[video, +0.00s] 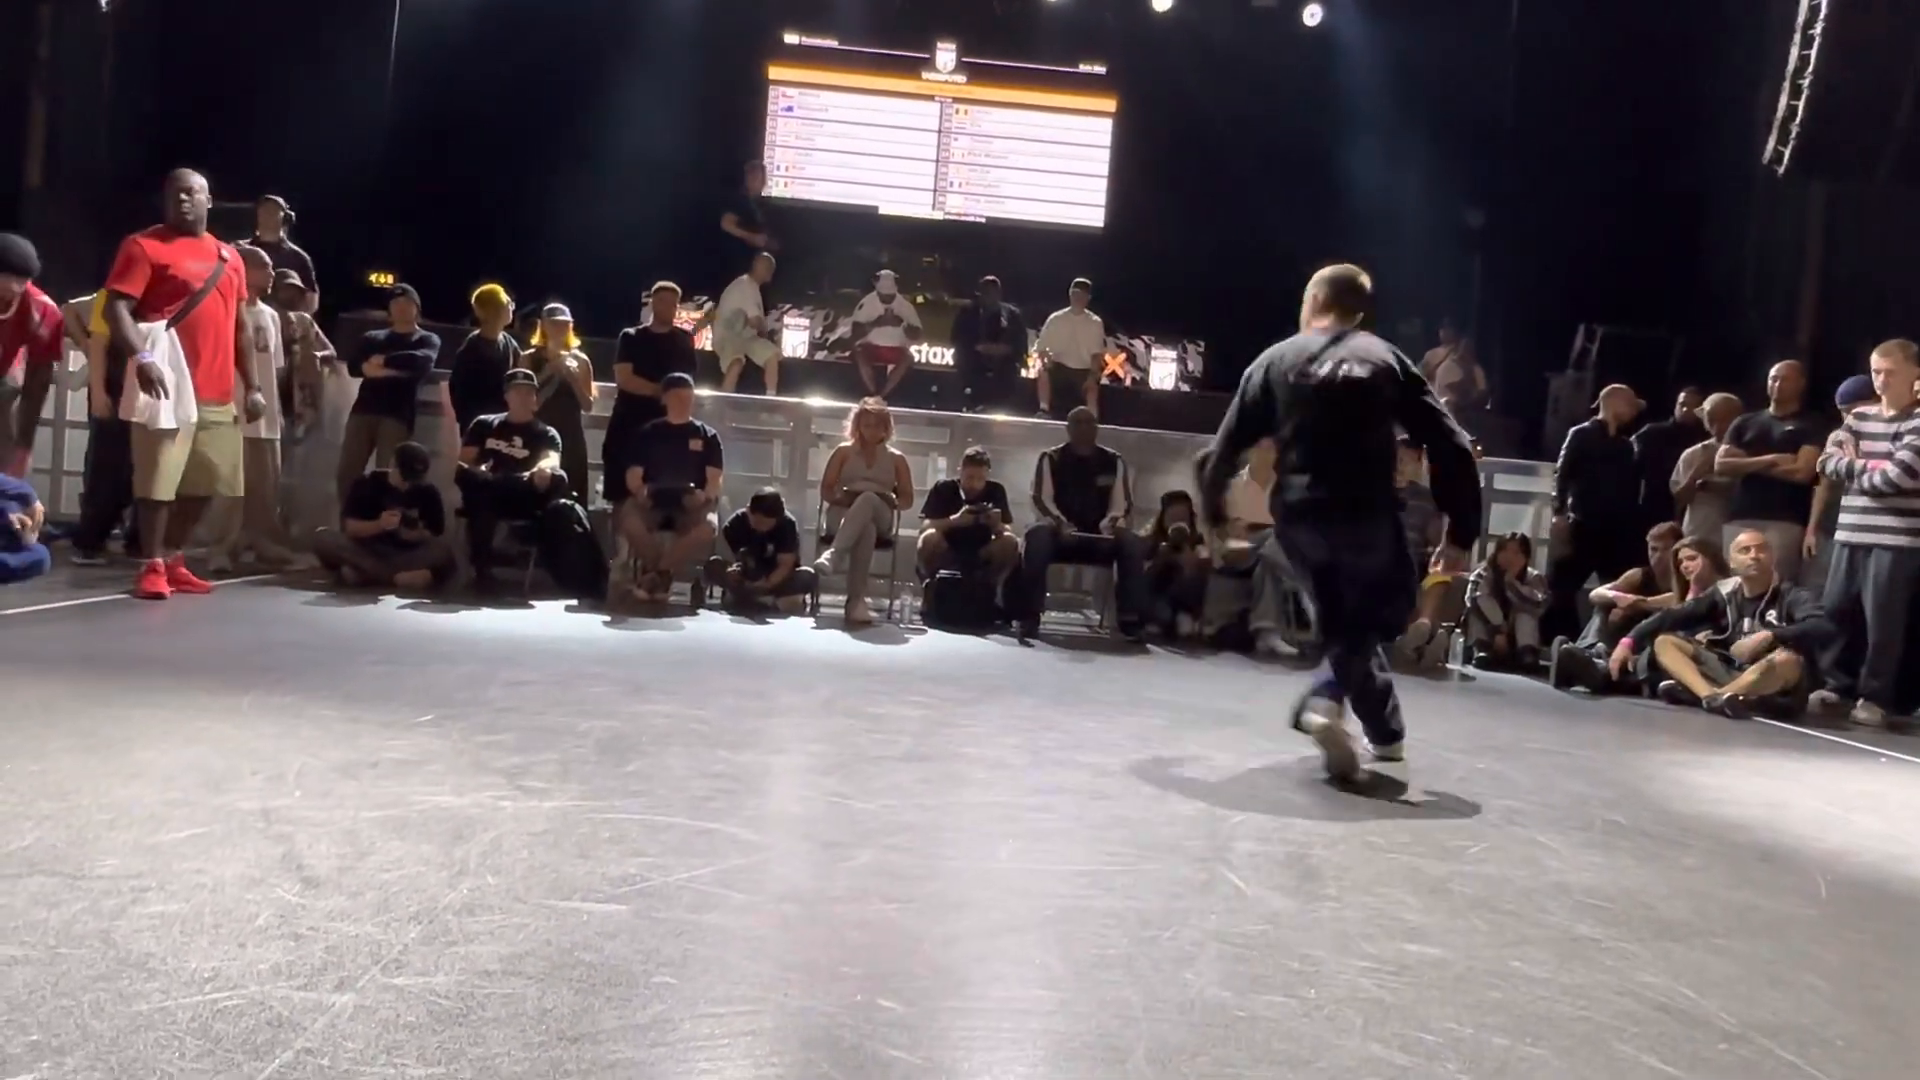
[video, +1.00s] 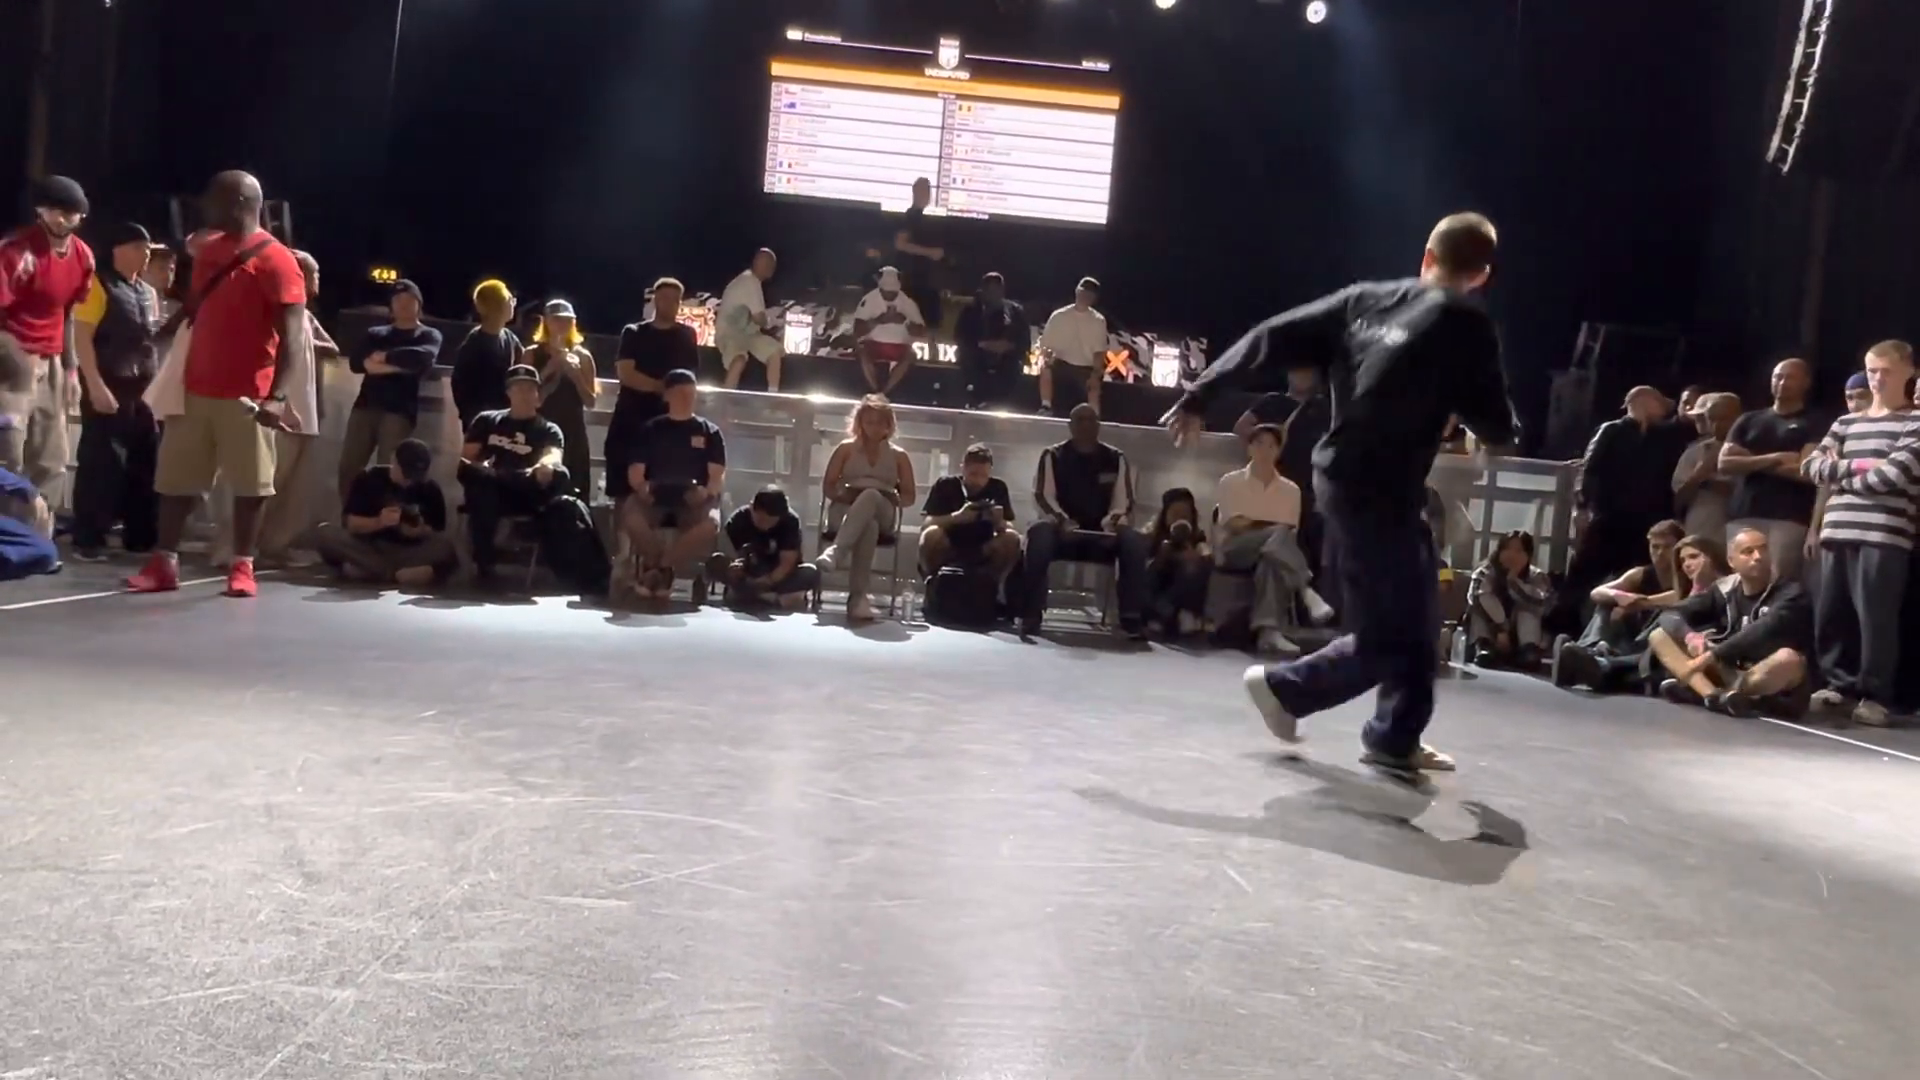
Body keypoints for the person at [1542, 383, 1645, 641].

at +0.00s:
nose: (1634, 409)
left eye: (1634, 404)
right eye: (1630, 403)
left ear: (1614, 406)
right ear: (1614, 404)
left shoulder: (1627, 445)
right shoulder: (1581, 435)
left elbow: (1632, 484)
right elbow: (1562, 473)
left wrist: (1631, 514)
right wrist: (1559, 510)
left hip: (1618, 522)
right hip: (1583, 521)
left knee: (1619, 586)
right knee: (1565, 583)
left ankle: (1618, 646)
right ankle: (1557, 637)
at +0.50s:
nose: (1658, 409)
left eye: (1658, 403)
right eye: (1653, 402)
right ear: (1637, 402)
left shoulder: (1663, 437)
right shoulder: (1604, 434)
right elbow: (1583, 473)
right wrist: (1578, 511)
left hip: (1648, 520)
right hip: (1608, 520)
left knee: (1643, 581)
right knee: (1583, 578)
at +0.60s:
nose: (1661, 409)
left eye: (1661, 403)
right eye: (1656, 402)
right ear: (1639, 402)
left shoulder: (1664, 436)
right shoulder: (1606, 433)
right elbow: (1584, 474)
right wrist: (1579, 510)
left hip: (1649, 522)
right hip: (1609, 521)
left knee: (1645, 584)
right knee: (1583, 578)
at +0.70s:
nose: (1663, 408)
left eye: (1663, 403)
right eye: (1658, 401)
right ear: (1640, 402)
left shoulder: (1666, 436)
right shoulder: (1607, 433)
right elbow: (1585, 474)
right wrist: (1580, 511)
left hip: (1650, 523)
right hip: (1609, 521)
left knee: (1643, 583)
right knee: (1586, 576)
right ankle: (1565, 628)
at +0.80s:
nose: (1664, 407)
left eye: (1663, 402)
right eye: (1659, 400)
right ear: (1640, 403)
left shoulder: (1667, 437)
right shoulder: (1607, 433)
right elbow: (1584, 472)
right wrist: (1579, 510)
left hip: (1649, 523)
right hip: (1608, 521)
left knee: (1642, 583)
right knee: (1583, 578)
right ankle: (1564, 630)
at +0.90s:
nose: (1665, 405)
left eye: (1663, 401)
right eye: (1658, 399)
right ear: (1640, 403)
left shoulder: (1665, 436)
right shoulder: (1609, 431)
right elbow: (1586, 470)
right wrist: (1580, 507)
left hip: (1647, 521)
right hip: (1606, 520)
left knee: (1639, 582)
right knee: (1582, 577)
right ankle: (1563, 629)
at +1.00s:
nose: (1662, 407)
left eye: (1660, 403)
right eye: (1657, 402)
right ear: (1638, 405)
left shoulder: (1661, 435)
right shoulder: (1611, 431)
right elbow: (1591, 468)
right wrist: (1587, 504)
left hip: (1646, 517)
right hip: (1609, 516)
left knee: (1639, 577)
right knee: (1587, 572)